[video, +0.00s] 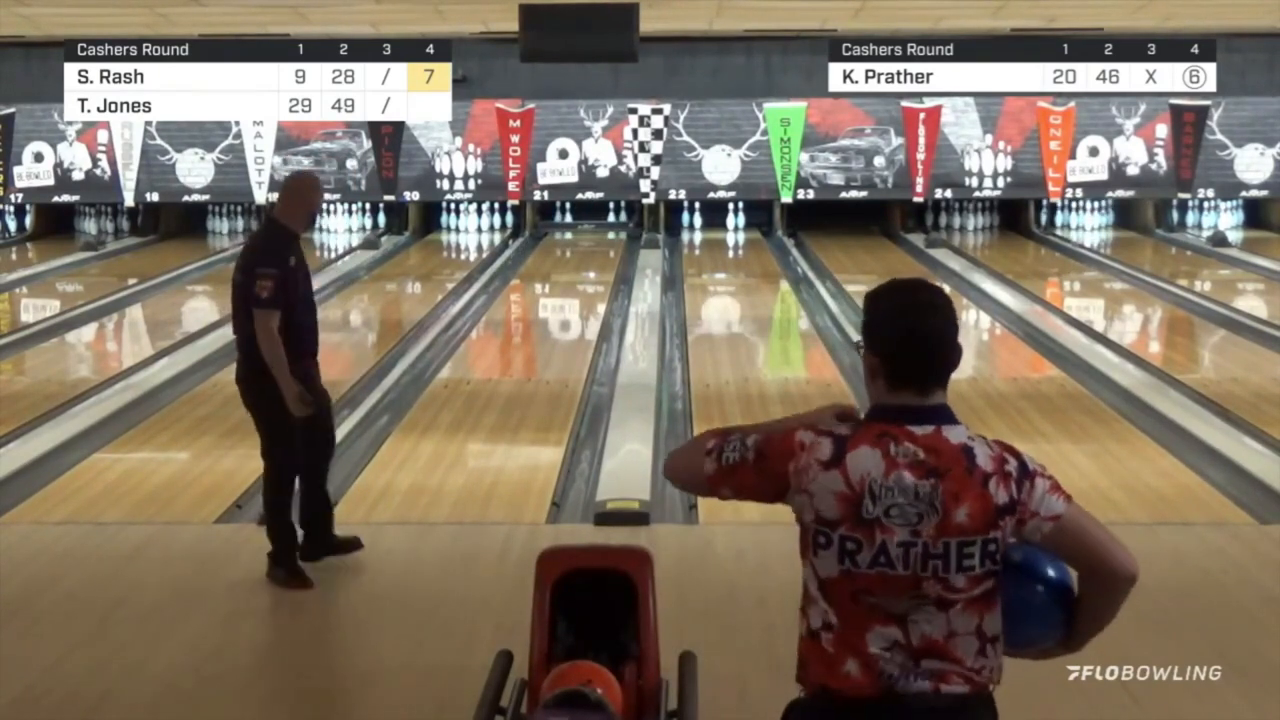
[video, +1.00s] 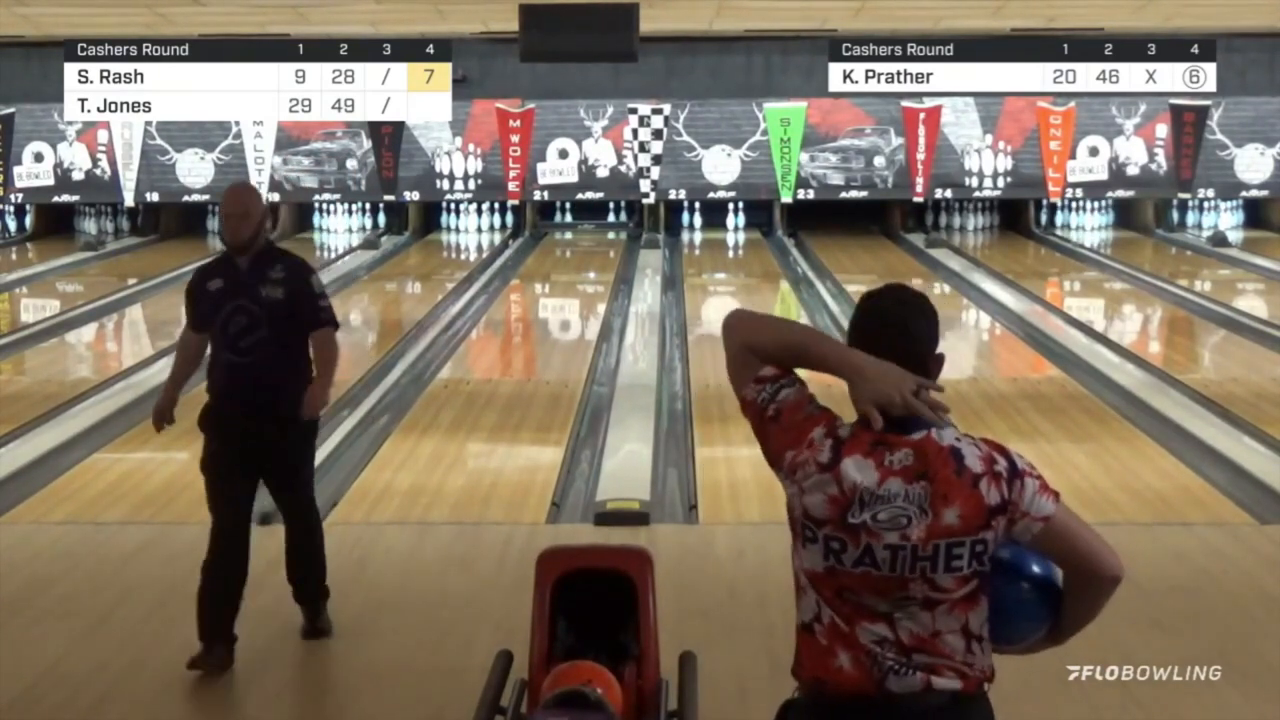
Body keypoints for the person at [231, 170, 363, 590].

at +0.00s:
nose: (318, 212)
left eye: (319, 204)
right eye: (314, 203)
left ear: (292, 201)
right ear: (295, 202)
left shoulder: (286, 246)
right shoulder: (268, 251)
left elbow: (291, 320)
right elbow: (265, 331)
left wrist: (310, 374)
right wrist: (289, 389)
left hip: (297, 370)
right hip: (267, 376)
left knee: (318, 448)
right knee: (282, 461)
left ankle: (318, 537)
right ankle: (282, 557)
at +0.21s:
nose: (320, 214)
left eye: (320, 206)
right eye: (316, 205)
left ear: (298, 205)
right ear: (291, 205)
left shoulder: (308, 253)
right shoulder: (247, 262)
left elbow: (312, 310)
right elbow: (249, 333)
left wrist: (333, 357)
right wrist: (274, 373)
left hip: (311, 376)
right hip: (262, 382)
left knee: (330, 474)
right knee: (270, 478)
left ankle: (348, 568)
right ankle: (281, 561)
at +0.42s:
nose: (306, 218)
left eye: (310, 210)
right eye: (297, 210)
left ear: (314, 212)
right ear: (276, 212)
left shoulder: (325, 265)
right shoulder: (242, 267)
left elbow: (340, 324)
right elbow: (233, 336)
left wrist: (358, 375)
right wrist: (252, 381)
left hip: (314, 394)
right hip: (260, 395)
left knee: (313, 489)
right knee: (271, 485)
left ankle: (315, 588)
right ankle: (282, 559)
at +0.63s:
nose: (298, 213)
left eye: (305, 205)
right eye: (290, 204)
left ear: (314, 208)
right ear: (270, 205)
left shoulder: (329, 264)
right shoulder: (236, 262)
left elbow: (355, 330)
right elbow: (213, 326)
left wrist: (377, 392)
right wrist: (197, 391)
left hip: (312, 398)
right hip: (254, 398)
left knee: (315, 502)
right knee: (260, 499)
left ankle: (316, 602)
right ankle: (297, 554)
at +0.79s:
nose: (265, 215)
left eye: (275, 207)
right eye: (259, 205)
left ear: (294, 210)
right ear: (249, 206)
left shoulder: (321, 263)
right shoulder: (228, 264)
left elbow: (351, 326)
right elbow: (200, 327)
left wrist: (362, 382)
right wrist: (172, 386)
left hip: (305, 403)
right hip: (246, 403)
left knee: (311, 506)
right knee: (240, 508)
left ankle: (313, 604)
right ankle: (263, 602)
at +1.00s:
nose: (234, 225)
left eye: (244, 216)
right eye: (227, 216)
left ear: (265, 218)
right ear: (218, 219)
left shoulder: (294, 273)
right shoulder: (207, 279)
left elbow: (325, 339)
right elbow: (193, 339)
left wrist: (319, 392)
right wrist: (169, 393)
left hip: (288, 416)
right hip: (228, 419)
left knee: (300, 515)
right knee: (227, 529)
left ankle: (314, 606)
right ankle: (216, 642)